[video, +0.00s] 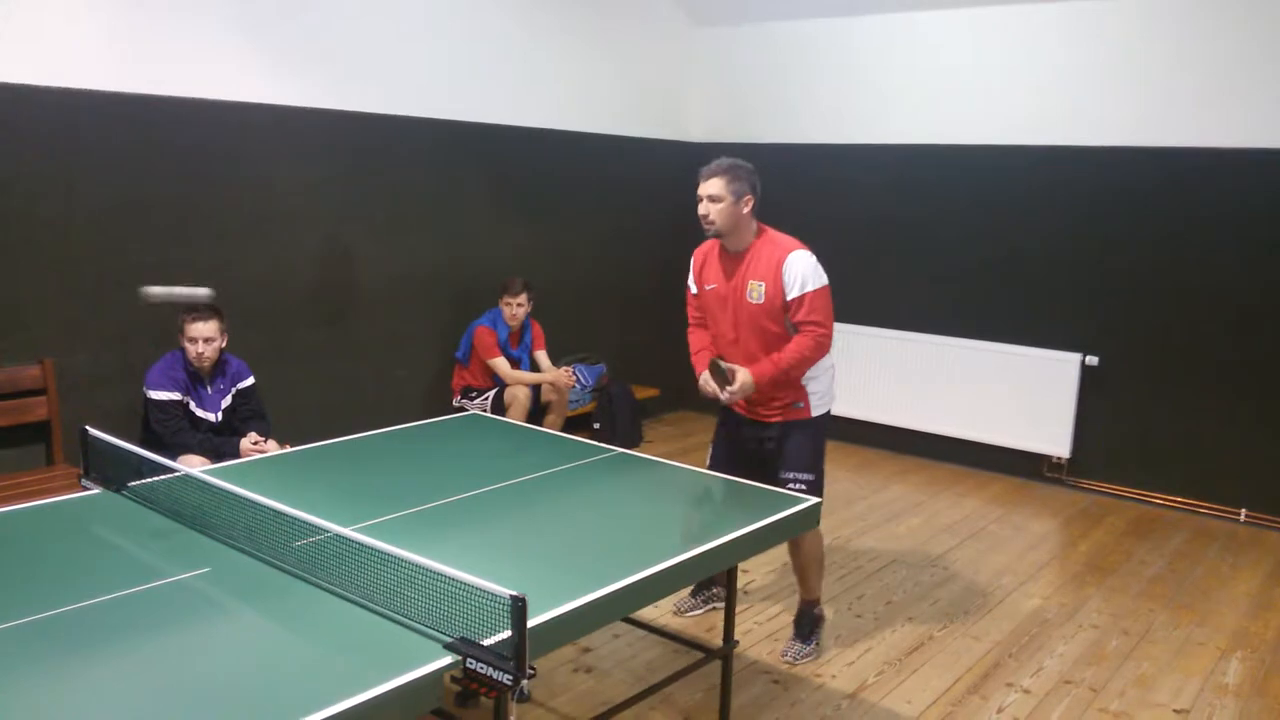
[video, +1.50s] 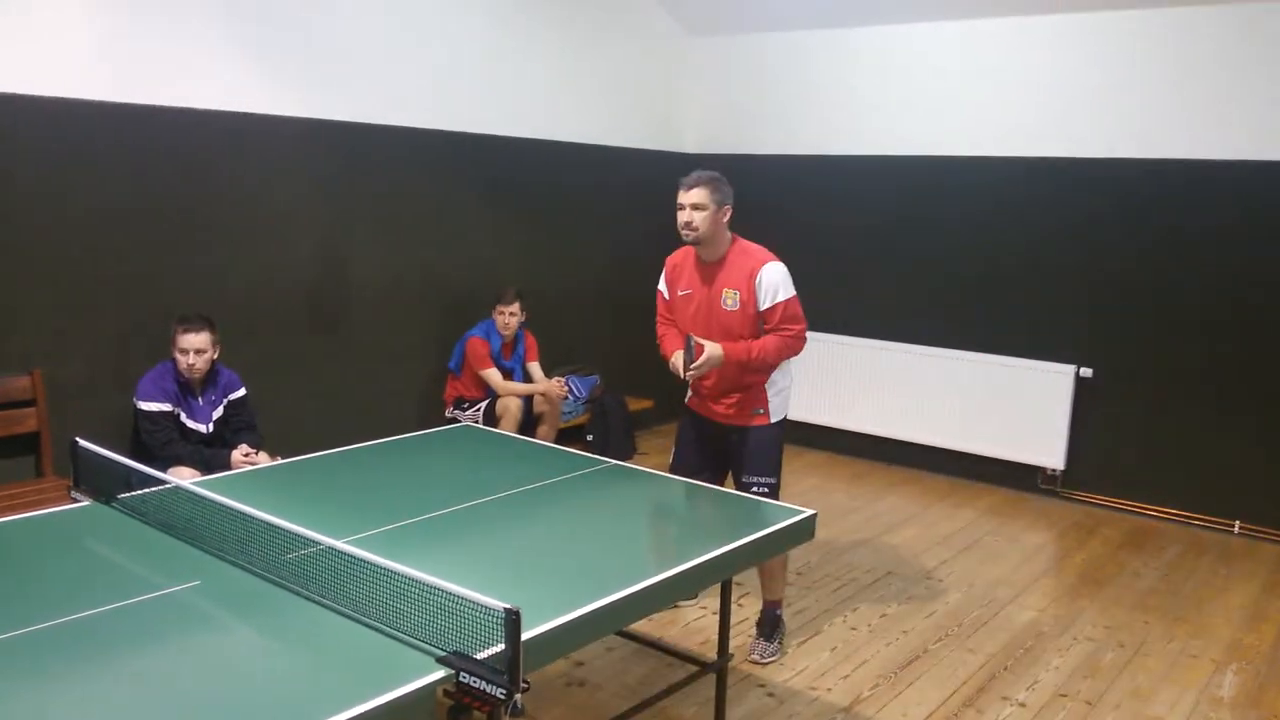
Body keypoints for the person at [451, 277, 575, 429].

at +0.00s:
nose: (513, 311)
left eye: (520, 305)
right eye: (508, 305)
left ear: (529, 307)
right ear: (500, 304)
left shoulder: (533, 328)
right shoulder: (483, 330)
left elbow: (547, 368)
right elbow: (508, 377)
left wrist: (561, 376)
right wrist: (553, 377)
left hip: (505, 390)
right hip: (470, 397)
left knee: (559, 391)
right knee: (521, 394)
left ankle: (546, 451)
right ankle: (509, 451)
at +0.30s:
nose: (515, 313)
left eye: (521, 307)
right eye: (510, 306)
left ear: (528, 308)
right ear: (500, 306)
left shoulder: (531, 329)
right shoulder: (483, 331)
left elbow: (545, 369)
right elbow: (507, 379)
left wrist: (559, 378)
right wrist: (551, 379)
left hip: (504, 391)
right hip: (469, 398)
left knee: (558, 393)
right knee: (519, 396)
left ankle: (545, 452)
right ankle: (507, 452)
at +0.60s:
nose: (513, 314)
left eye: (519, 308)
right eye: (508, 308)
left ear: (526, 309)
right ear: (496, 308)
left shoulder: (528, 331)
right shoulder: (479, 332)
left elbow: (542, 370)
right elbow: (503, 379)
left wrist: (555, 379)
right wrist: (548, 380)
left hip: (500, 392)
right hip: (465, 399)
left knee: (554, 394)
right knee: (516, 396)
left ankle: (542, 455)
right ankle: (504, 455)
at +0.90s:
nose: (517, 314)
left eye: (520, 307)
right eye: (510, 308)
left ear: (525, 307)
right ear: (495, 309)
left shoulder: (525, 331)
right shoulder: (477, 333)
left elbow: (540, 370)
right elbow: (501, 379)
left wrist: (553, 379)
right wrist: (546, 380)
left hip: (499, 393)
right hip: (463, 399)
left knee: (552, 394)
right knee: (514, 396)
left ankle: (540, 454)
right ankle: (502, 454)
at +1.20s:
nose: (520, 315)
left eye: (523, 309)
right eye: (513, 310)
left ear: (527, 308)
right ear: (498, 310)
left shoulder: (528, 333)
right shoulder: (479, 334)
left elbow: (542, 372)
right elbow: (503, 381)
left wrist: (556, 380)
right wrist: (548, 382)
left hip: (501, 395)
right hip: (465, 401)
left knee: (554, 395)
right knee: (516, 398)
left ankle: (543, 456)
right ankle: (505, 456)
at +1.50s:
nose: (506, 320)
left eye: (512, 315)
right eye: (501, 314)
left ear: (522, 317)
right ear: (494, 315)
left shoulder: (526, 339)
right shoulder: (477, 341)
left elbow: (539, 379)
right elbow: (500, 388)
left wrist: (553, 387)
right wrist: (545, 388)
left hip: (499, 401)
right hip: (463, 407)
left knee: (551, 403)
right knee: (513, 405)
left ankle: (539, 464)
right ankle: (501, 463)